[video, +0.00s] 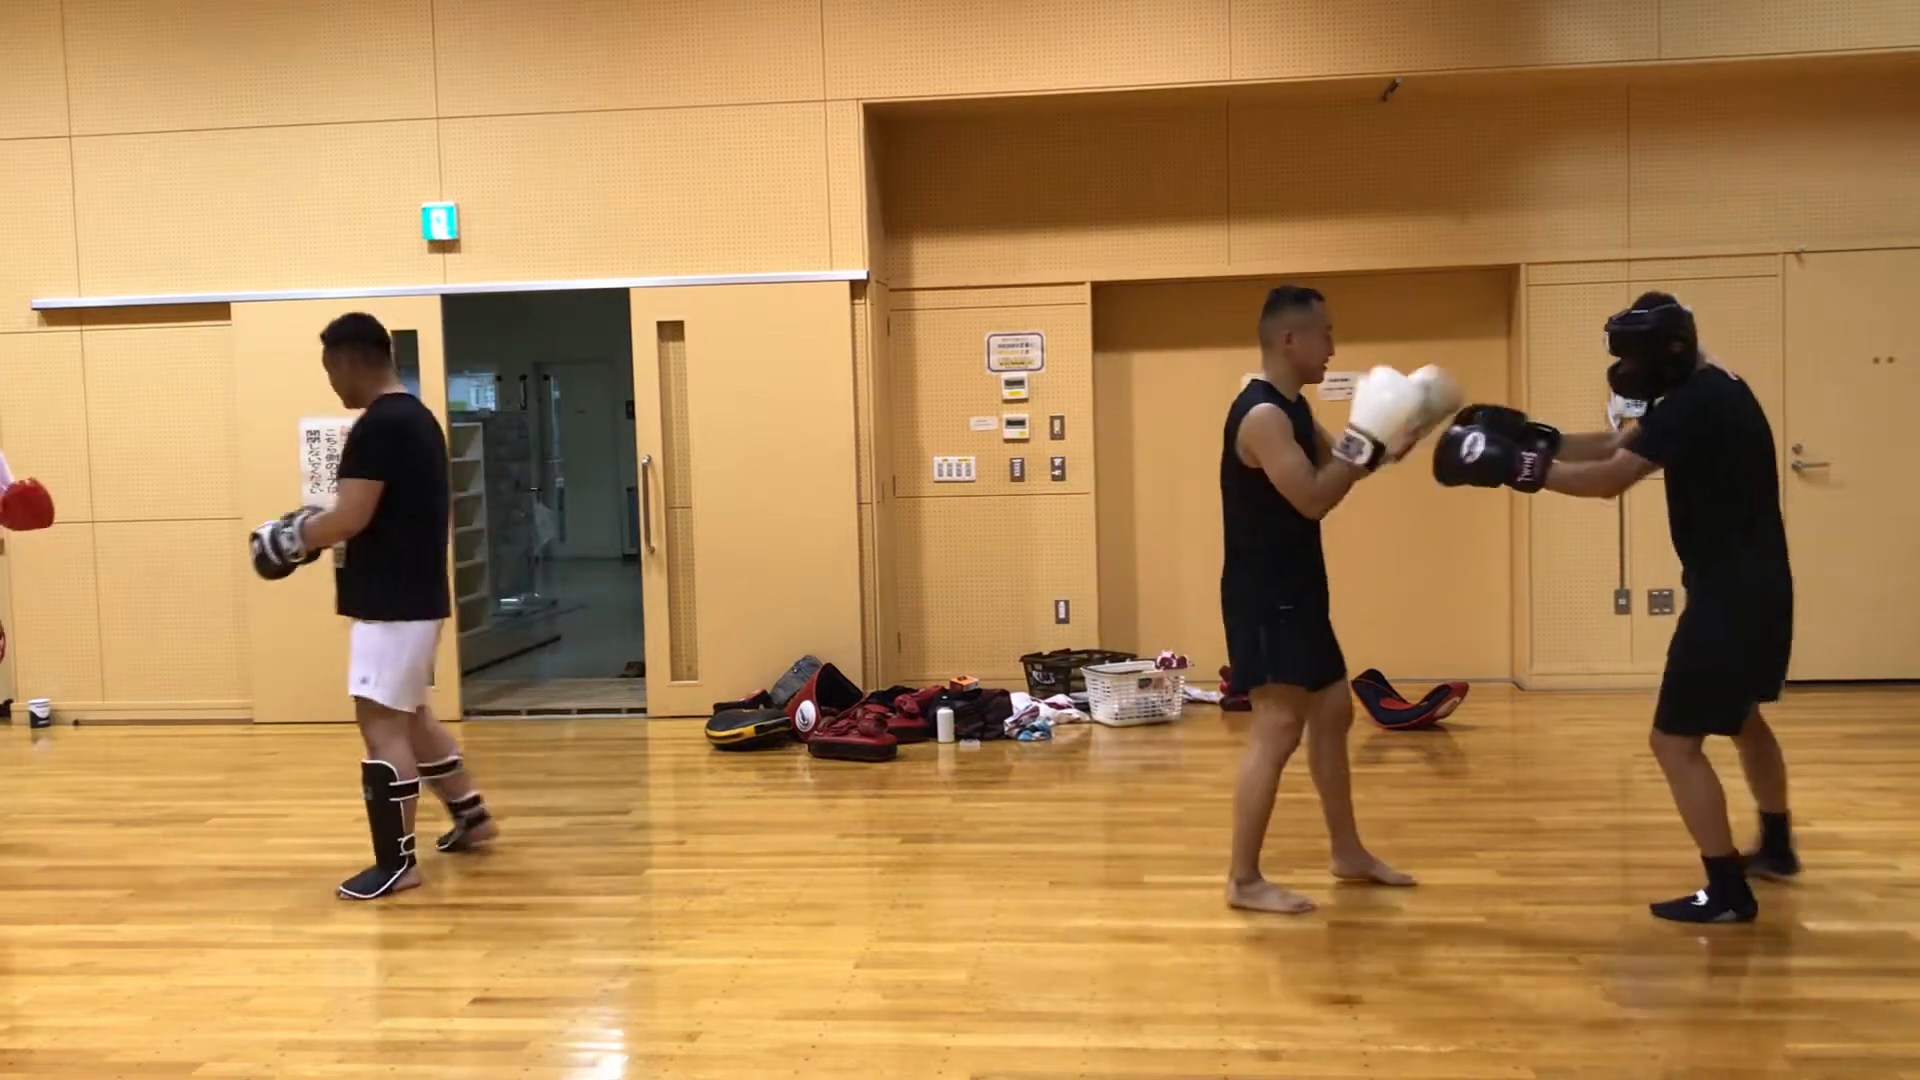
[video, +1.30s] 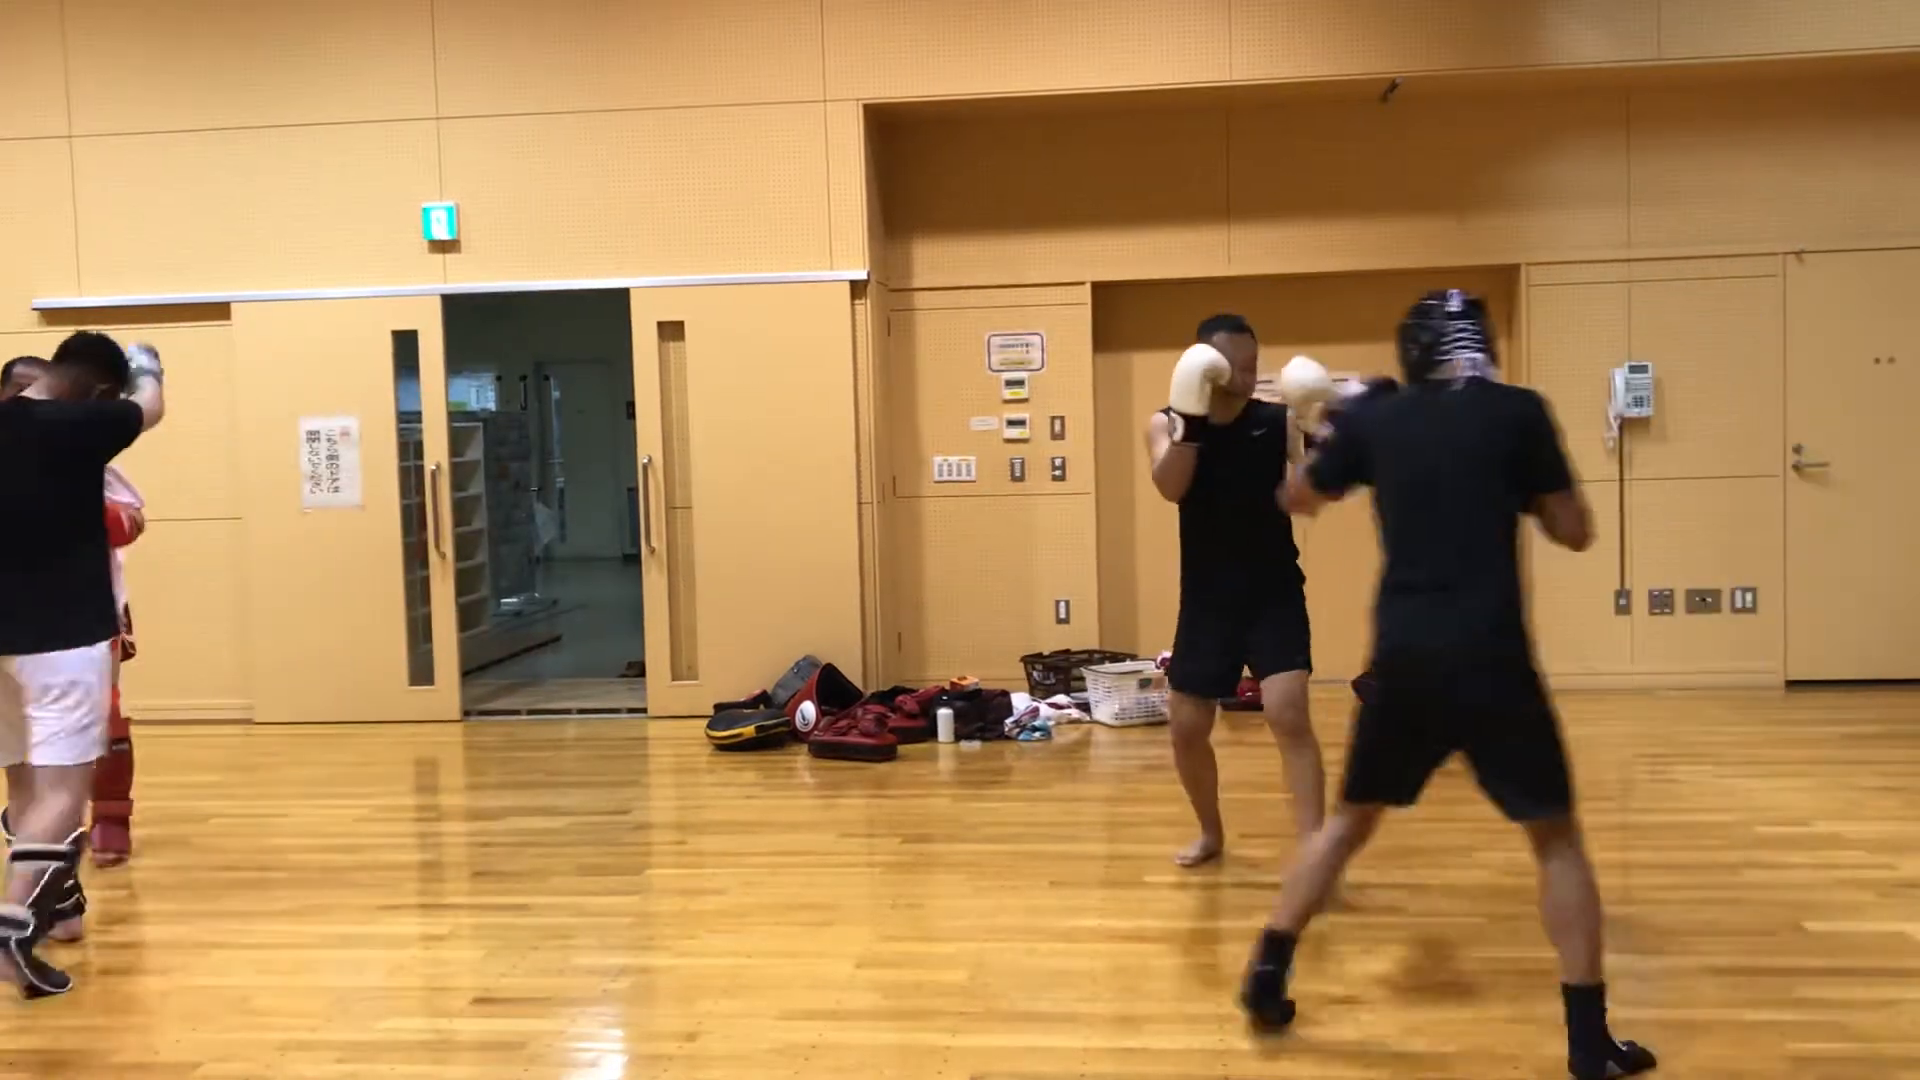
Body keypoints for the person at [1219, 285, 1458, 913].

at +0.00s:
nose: (1330, 348)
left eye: (1330, 336)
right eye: (1323, 335)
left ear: (1288, 341)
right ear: (1287, 339)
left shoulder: (1290, 408)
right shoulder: (1262, 415)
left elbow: (1343, 466)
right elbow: (1313, 500)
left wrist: (1401, 434)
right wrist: (1361, 442)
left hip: (1297, 595)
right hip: (1266, 598)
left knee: (1332, 711)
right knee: (1276, 725)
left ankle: (1348, 853)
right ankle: (1243, 879)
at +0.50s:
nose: (1396, 373)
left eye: (1398, 362)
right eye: (1386, 361)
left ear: (1376, 364)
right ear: (1344, 358)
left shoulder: (1381, 432)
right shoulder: (1288, 418)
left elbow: (1409, 516)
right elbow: (1263, 506)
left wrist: (1448, 501)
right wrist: (1329, 492)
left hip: (1339, 592)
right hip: (1278, 592)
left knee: (1383, 709)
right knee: (1283, 719)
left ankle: (1368, 847)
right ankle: (1258, 867)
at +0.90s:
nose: (1307, 376)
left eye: (1314, 366)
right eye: (1296, 364)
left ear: (1322, 370)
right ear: (1268, 362)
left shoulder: (1329, 427)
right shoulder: (1226, 420)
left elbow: (1384, 490)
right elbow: (1250, 479)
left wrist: (1402, 444)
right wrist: (1273, 415)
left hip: (1310, 597)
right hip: (1241, 599)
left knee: (1360, 709)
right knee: (1199, 718)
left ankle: (1364, 847)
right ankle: (1208, 833)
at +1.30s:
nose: (1246, 380)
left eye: (1252, 368)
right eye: (1234, 370)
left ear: (1258, 363)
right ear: (1203, 371)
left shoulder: (1279, 421)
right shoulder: (1170, 424)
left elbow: (1301, 498)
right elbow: (1171, 487)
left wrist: (1318, 433)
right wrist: (1189, 424)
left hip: (1273, 589)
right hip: (1206, 593)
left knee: (1288, 716)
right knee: (1185, 729)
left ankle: (1314, 853)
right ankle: (1211, 834)